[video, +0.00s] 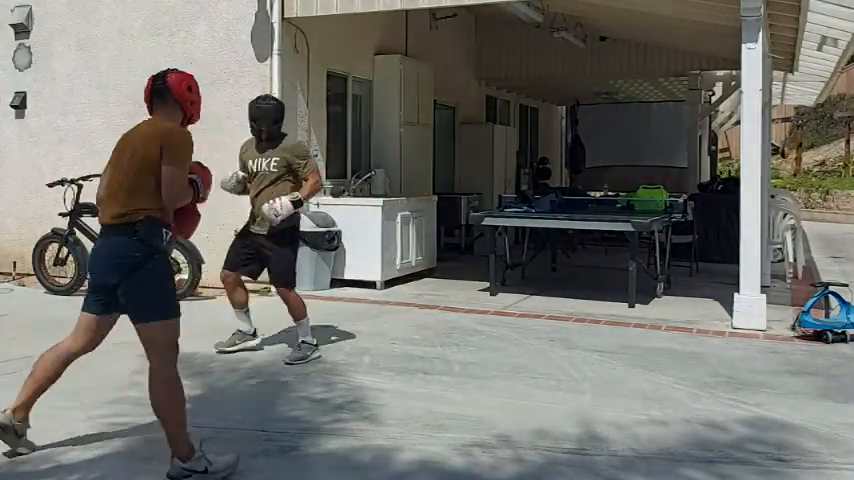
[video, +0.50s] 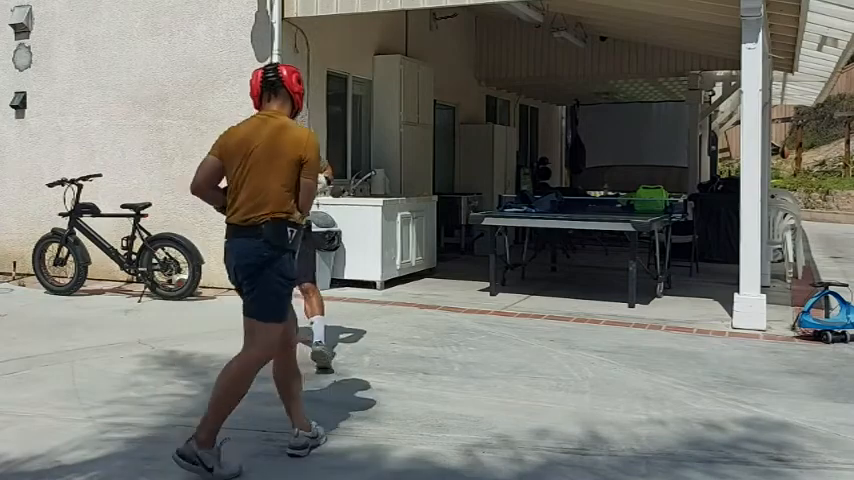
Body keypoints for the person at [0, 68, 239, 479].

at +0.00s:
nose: (195, 110)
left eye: (194, 102)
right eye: (193, 101)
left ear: (153, 101)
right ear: (185, 99)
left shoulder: (129, 137)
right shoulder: (176, 135)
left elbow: (103, 202)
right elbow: (174, 196)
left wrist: (160, 207)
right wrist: (196, 184)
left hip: (106, 249)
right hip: (143, 251)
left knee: (78, 341)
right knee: (164, 358)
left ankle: (16, 414)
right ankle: (185, 456)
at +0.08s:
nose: (218, 103)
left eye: (217, 96)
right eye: (217, 95)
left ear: (175, 94)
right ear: (209, 91)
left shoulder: (149, 133)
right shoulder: (205, 127)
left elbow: (124, 197)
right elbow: (215, 186)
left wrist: (184, 195)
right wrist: (232, 175)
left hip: (133, 245)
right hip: (172, 246)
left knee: (135, 339)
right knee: (177, 357)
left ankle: (57, 405)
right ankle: (186, 458)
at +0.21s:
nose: (238, 100)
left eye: (237, 93)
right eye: (237, 92)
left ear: (194, 90)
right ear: (231, 88)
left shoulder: (169, 128)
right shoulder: (227, 125)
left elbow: (141, 188)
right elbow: (251, 187)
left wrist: (202, 200)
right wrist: (254, 166)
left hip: (157, 245)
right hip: (193, 246)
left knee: (182, 340)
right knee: (190, 356)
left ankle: (116, 407)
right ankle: (187, 458)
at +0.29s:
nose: (260, 98)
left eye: (256, 92)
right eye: (258, 91)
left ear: (216, 90)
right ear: (251, 88)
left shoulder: (191, 126)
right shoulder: (256, 127)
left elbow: (156, 180)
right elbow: (272, 193)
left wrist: (195, 197)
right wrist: (270, 179)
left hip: (184, 238)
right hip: (217, 241)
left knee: (229, 328)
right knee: (204, 355)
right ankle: (187, 456)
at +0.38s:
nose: (274, 98)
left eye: (271, 92)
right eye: (272, 91)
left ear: (232, 90)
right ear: (264, 89)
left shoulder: (204, 128)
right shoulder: (273, 130)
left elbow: (169, 178)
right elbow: (283, 196)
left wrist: (202, 202)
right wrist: (279, 177)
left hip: (202, 240)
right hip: (235, 243)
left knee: (244, 332)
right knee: (215, 354)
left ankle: (245, 432)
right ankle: (189, 456)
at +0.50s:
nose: (301, 103)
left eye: (297, 97)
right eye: (299, 97)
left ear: (259, 96)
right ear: (294, 96)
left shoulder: (233, 134)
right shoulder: (304, 136)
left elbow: (201, 186)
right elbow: (305, 205)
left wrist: (234, 203)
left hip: (237, 248)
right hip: (272, 249)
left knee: (285, 337)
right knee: (259, 349)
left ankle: (302, 430)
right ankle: (201, 443)